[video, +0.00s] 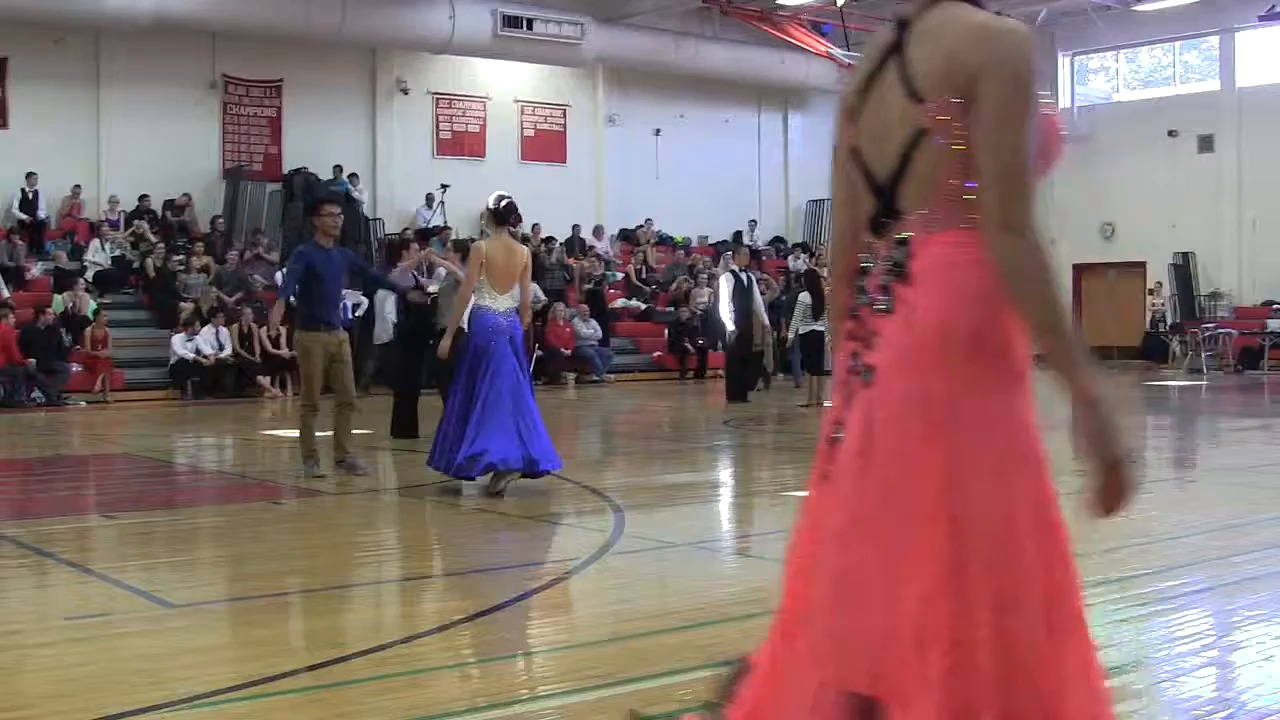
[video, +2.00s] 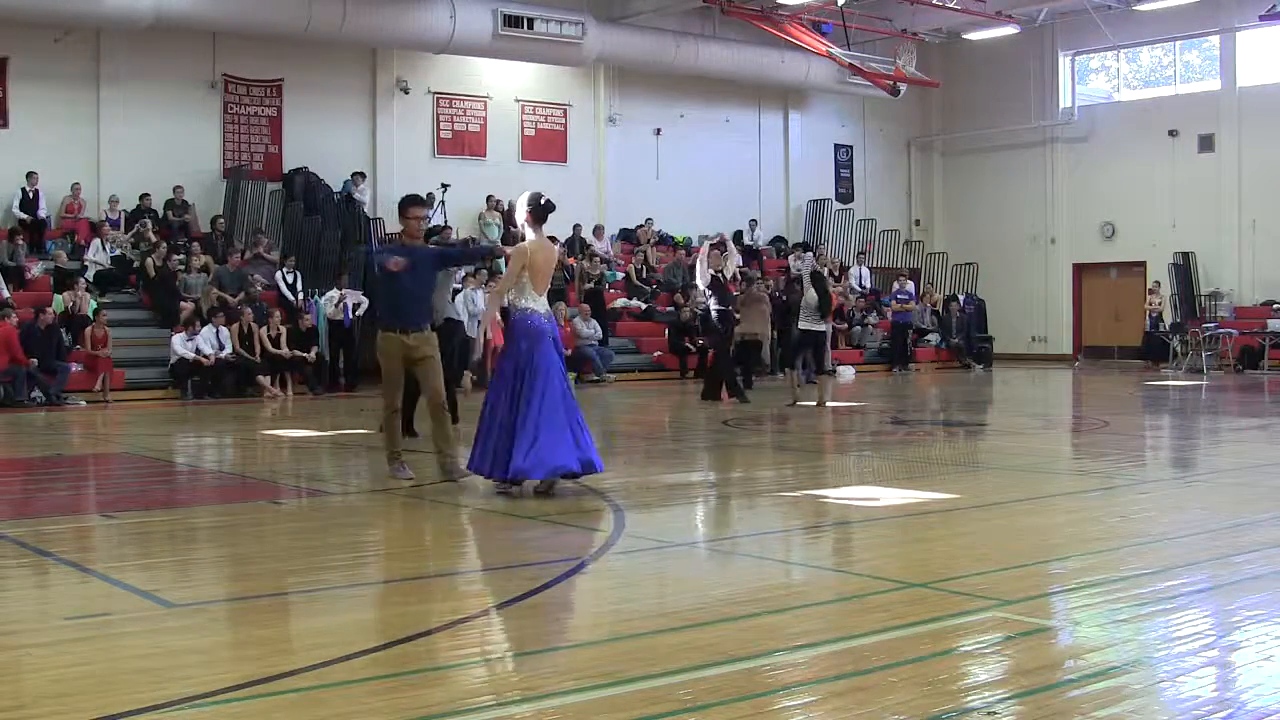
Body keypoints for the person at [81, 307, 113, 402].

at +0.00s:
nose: (105, 319)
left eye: (105, 316)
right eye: (103, 316)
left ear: (105, 318)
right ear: (96, 317)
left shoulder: (107, 331)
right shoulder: (89, 331)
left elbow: (109, 349)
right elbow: (87, 349)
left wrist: (103, 352)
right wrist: (99, 353)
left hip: (103, 356)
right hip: (92, 357)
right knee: (105, 367)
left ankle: (98, 382)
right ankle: (106, 393)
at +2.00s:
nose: (105, 318)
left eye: (106, 315)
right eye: (103, 315)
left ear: (106, 317)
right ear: (96, 317)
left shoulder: (107, 331)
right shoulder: (88, 330)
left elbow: (109, 349)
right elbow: (88, 350)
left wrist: (104, 352)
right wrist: (99, 353)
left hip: (103, 355)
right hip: (92, 356)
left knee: (103, 359)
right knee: (107, 364)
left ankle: (98, 382)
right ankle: (106, 394)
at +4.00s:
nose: (106, 317)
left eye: (106, 314)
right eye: (104, 315)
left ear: (105, 316)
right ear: (97, 316)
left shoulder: (107, 330)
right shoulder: (89, 330)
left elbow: (109, 349)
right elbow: (89, 350)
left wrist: (103, 352)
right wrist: (100, 353)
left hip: (103, 355)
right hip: (92, 356)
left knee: (104, 360)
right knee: (106, 365)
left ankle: (99, 382)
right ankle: (107, 393)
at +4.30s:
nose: (106, 317)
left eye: (106, 315)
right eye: (104, 315)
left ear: (105, 317)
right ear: (97, 316)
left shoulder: (107, 330)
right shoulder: (89, 330)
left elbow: (109, 349)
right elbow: (88, 350)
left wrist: (103, 352)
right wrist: (100, 353)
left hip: (103, 354)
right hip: (92, 356)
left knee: (104, 360)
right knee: (107, 364)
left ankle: (98, 382)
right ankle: (107, 393)